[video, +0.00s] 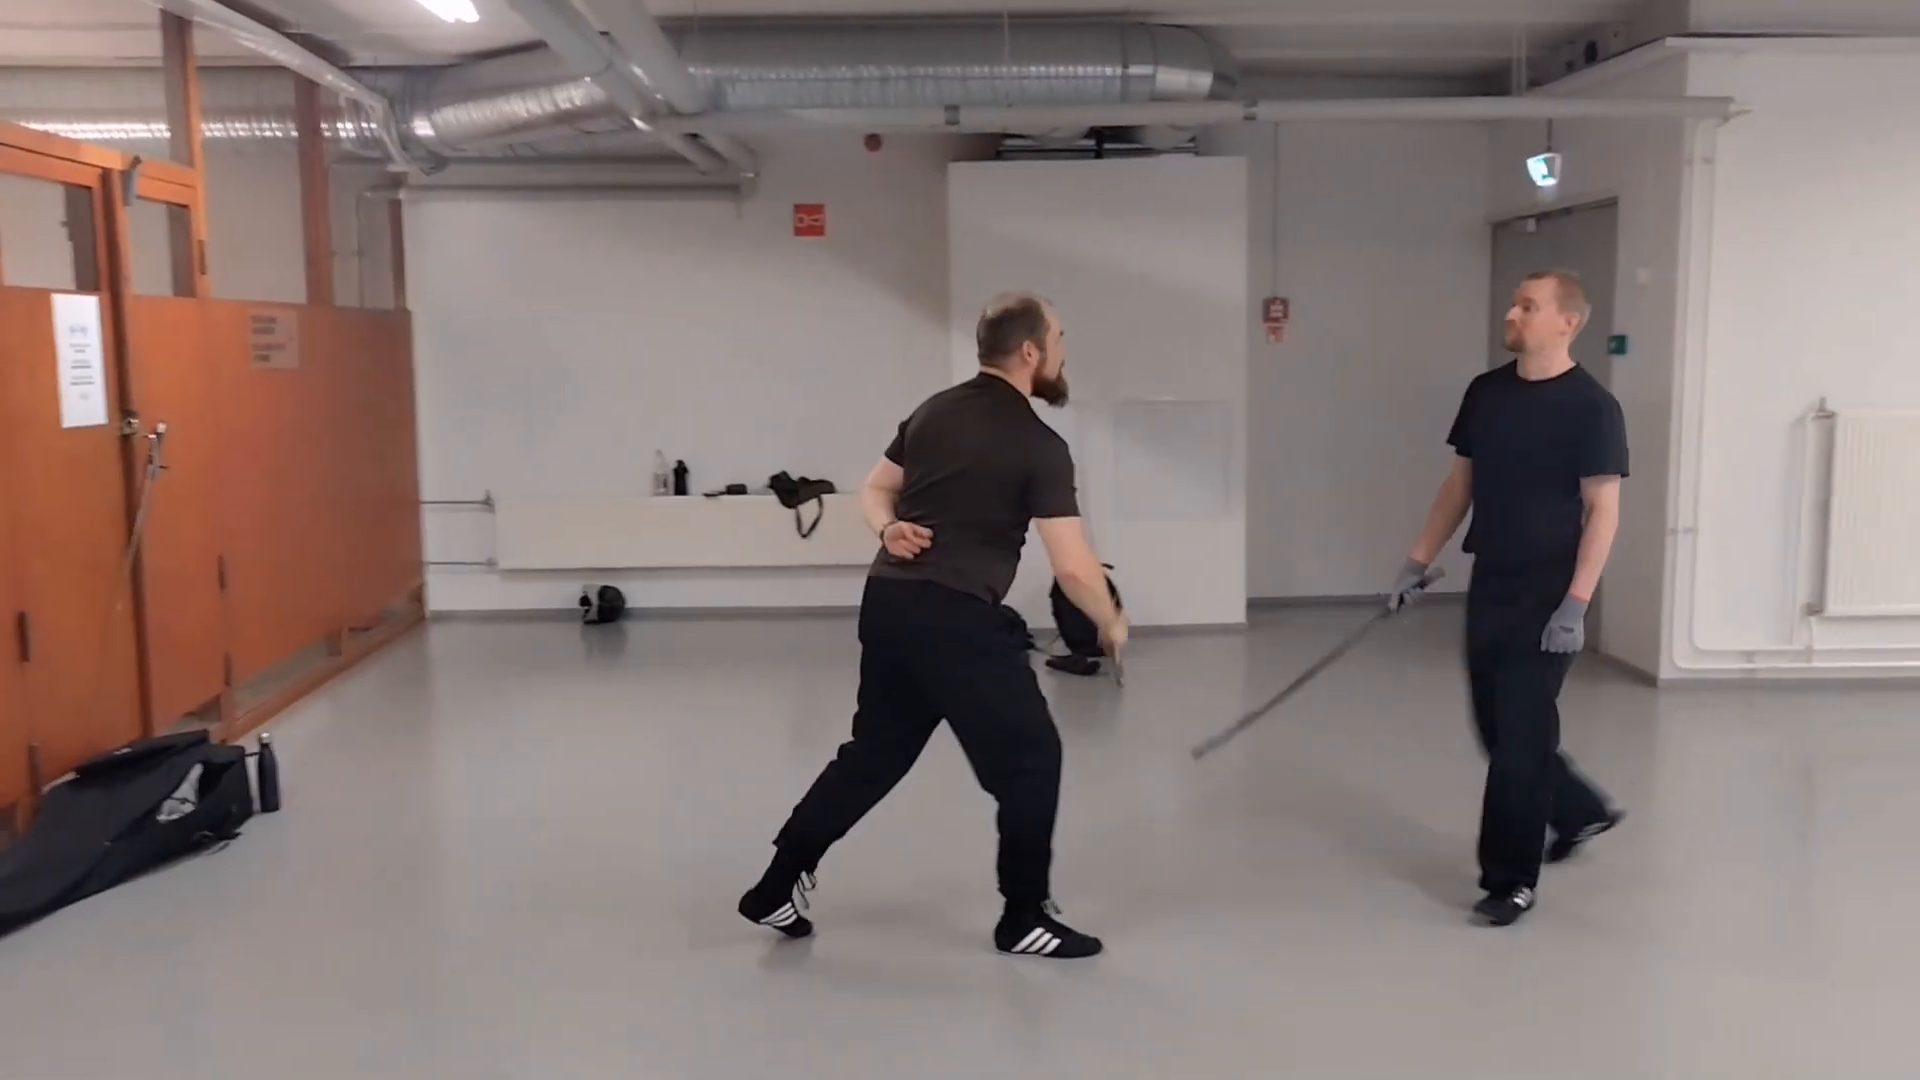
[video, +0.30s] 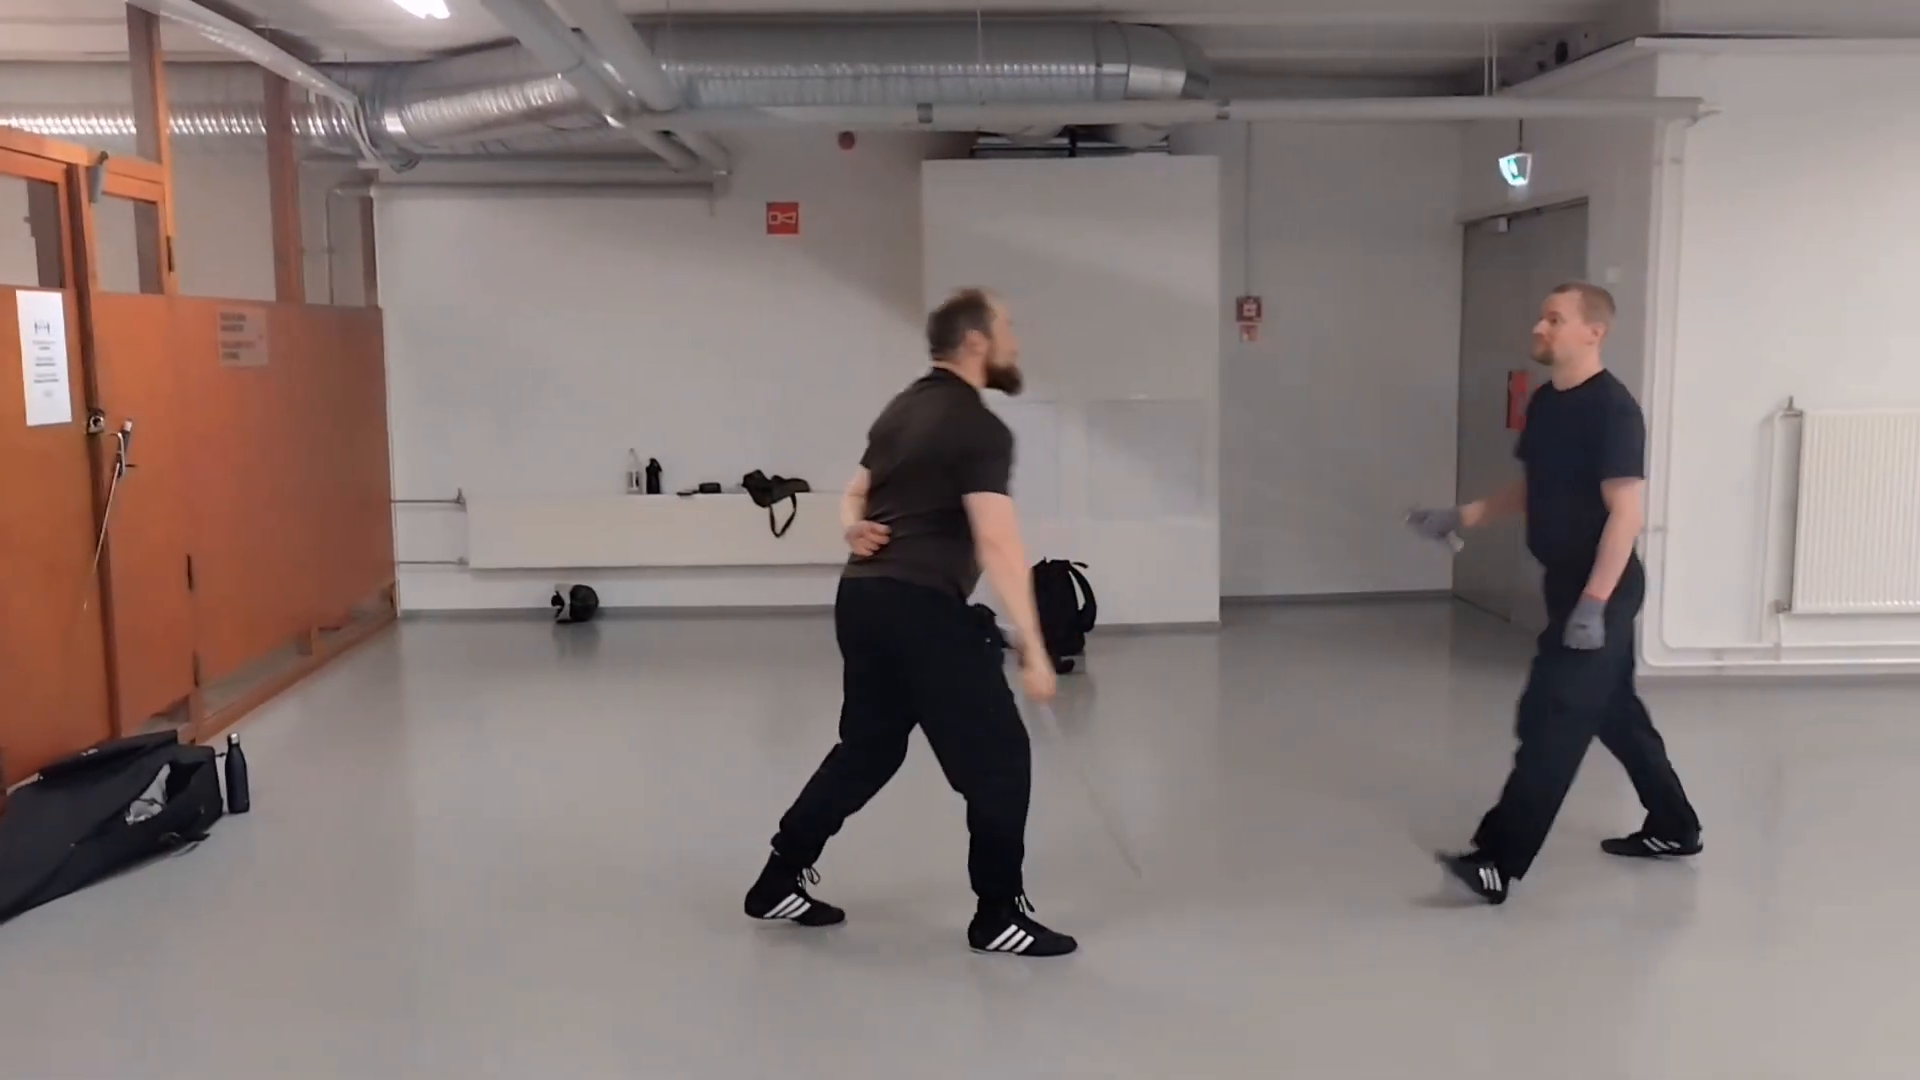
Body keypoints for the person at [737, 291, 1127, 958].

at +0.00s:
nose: (1064, 351)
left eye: (1061, 338)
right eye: (1058, 339)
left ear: (998, 354)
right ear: (1030, 352)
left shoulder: (935, 412)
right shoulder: (1039, 444)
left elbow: (877, 489)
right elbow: (1072, 564)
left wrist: (887, 527)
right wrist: (1109, 618)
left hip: (889, 606)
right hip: (962, 618)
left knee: (876, 754)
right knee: (1031, 758)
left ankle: (776, 888)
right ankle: (1024, 918)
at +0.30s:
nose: (1014, 344)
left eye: (1010, 330)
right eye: (1006, 332)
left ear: (947, 346)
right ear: (976, 342)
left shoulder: (901, 410)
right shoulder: (978, 427)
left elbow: (857, 495)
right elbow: (998, 547)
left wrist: (853, 525)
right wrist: (1033, 646)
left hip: (864, 602)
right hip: (928, 610)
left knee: (870, 747)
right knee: (1000, 758)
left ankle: (779, 881)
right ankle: (998, 915)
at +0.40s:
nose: (972, 346)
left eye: (967, 331)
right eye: (962, 332)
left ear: (912, 346)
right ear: (929, 343)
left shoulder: (865, 417)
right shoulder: (924, 422)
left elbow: (830, 534)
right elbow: (936, 536)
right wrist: (966, 631)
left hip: (839, 606)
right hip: (891, 610)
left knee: (857, 755)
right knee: (971, 769)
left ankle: (767, 889)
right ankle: (988, 916)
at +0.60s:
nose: (889, 353)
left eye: (886, 340)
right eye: (879, 340)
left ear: (839, 348)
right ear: (842, 347)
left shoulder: (825, 413)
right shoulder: (810, 410)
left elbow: (802, 510)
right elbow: (774, 509)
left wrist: (758, 541)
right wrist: (801, 606)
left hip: (786, 609)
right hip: (783, 611)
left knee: (815, 750)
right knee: (873, 745)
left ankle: (749, 893)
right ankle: (911, 909)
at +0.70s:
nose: (855, 350)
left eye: (852, 338)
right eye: (845, 337)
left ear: (808, 347)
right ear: (809, 346)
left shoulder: (794, 412)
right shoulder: (773, 406)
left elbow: (748, 506)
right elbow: (720, 502)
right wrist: (732, 600)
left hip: (764, 607)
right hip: (743, 609)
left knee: (804, 746)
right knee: (796, 747)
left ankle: (760, 889)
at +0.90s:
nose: (785, 353)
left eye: (781, 340)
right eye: (774, 341)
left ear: (736, 352)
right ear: (736, 352)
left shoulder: (724, 418)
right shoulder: (696, 409)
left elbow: (670, 508)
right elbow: (637, 504)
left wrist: (635, 525)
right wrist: (653, 603)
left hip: (688, 614)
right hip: (638, 613)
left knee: (738, 749)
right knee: (619, 761)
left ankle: (727, 897)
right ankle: (503, 887)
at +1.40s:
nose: (593, 361)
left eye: (590, 348)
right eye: (582, 347)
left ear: (542, 356)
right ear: (537, 354)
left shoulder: (560, 444)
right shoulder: (453, 419)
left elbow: (546, 531)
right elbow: (382, 509)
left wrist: (470, 542)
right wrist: (350, 610)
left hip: (508, 627)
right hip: (429, 621)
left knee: (568, 743)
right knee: (419, 778)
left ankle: (568, 899)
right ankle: (380, 923)